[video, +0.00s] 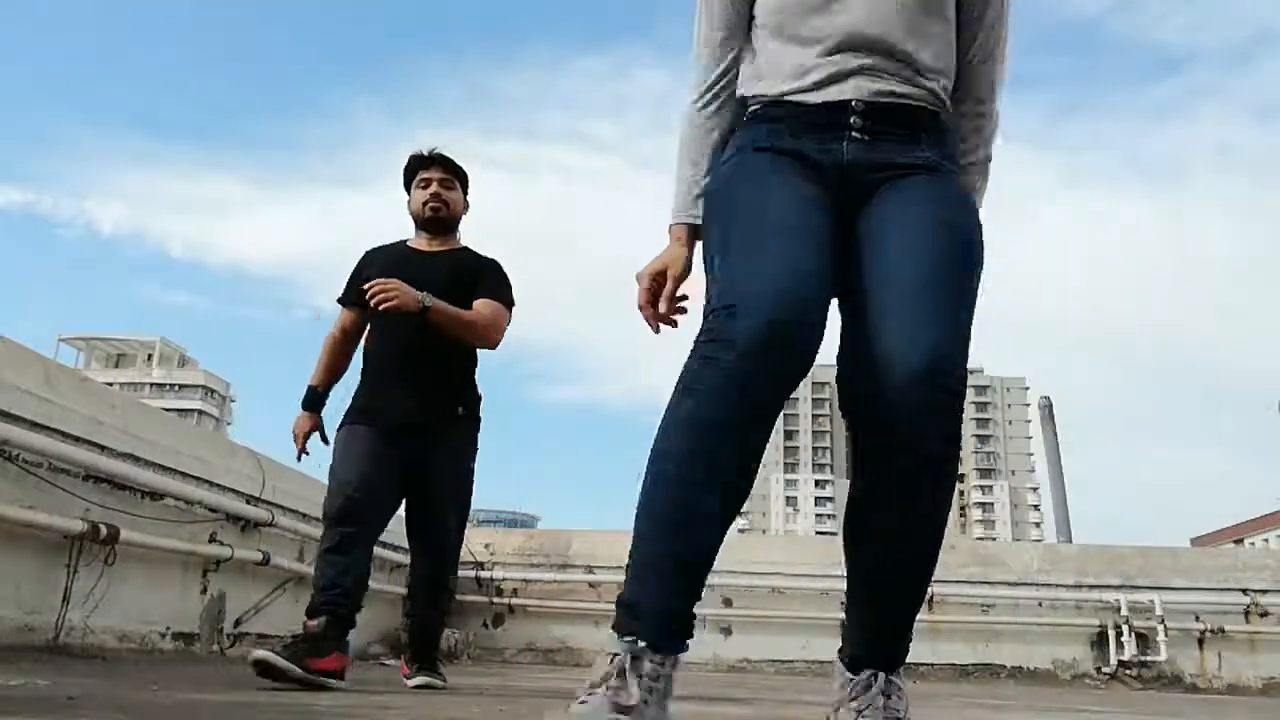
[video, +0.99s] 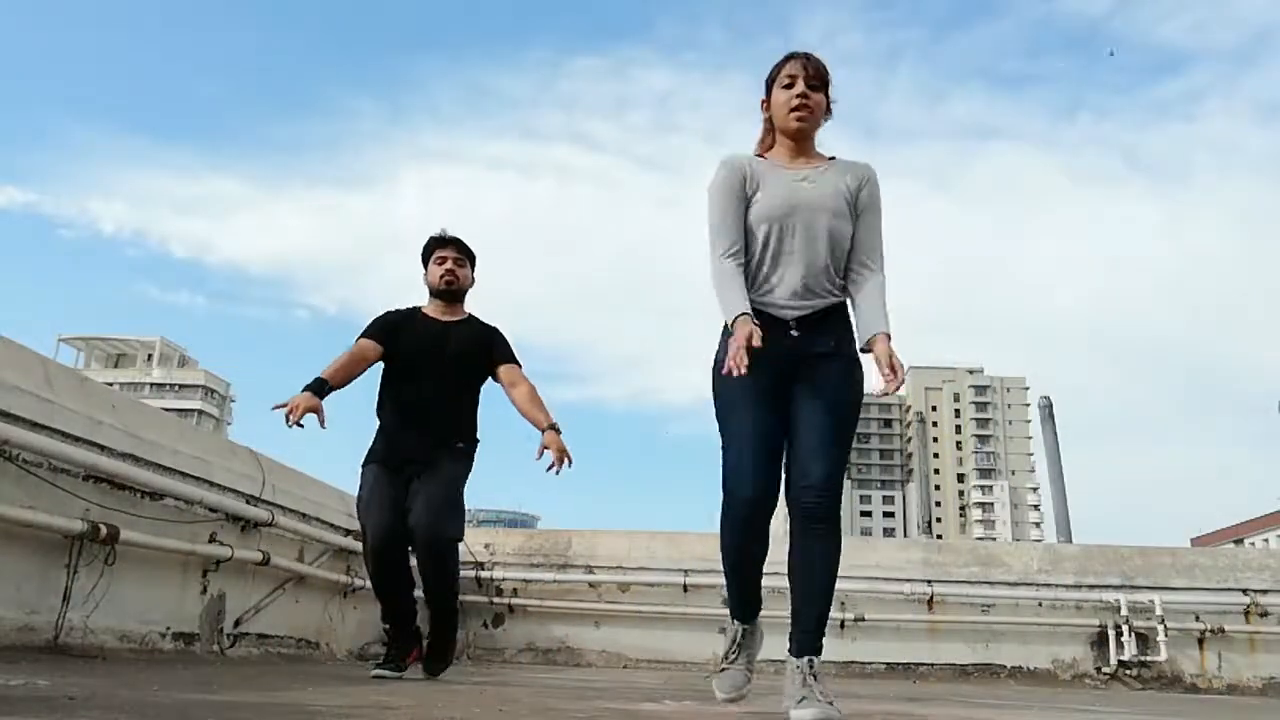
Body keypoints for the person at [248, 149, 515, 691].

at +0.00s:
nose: (434, 191)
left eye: (447, 185)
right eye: (424, 184)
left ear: (464, 202)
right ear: (409, 201)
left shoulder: (485, 271)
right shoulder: (378, 261)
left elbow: (488, 332)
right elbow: (344, 336)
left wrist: (421, 302)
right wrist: (312, 403)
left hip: (447, 425)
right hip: (374, 416)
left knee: (437, 544)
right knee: (346, 515)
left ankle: (423, 657)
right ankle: (324, 642)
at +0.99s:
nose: (449, 267)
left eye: (459, 263)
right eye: (440, 261)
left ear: (472, 277)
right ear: (425, 274)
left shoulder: (486, 337)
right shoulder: (395, 323)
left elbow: (517, 384)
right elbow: (358, 357)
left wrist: (548, 427)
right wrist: (316, 388)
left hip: (447, 454)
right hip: (390, 450)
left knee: (431, 534)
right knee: (379, 542)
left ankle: (443, 627)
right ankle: (402, 638)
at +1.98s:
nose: (444, 292)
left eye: (452, 287)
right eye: (435, 287)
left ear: (466, 301)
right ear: (421, 301)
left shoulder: (483, 351)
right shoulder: (401, 354)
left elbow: (515, 379)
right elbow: (350, 381)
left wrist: (551, 401)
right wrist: (297, 401)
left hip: (468, 462)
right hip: (415, 460)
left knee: (441, 530)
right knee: (400, 533)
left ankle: (444, 640)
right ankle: (408, 638)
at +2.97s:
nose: (476, 285)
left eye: (485, 282)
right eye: (469, 279)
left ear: (496, 295)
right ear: (455, 290)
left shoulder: (508, 338)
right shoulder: (437, 348)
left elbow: (520, 390)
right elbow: (404, 396)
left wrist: (489, 384)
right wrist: (365, 398)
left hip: (478, 456)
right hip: (432, 454)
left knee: (456, 539)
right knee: (415, 540)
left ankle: (467, 637)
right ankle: (428, 642)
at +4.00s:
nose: (523, 298)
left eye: (534, 295)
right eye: (516, 293)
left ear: (546, 311)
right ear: (505, 305)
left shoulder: (538, 346)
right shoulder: (503, 355)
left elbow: (510, 391)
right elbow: (476, 418)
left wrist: (468, 428)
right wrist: (440, 460)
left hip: (499, 465)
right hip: (474, 463)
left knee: (462, 548)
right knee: (426, 534)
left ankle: (478, 650)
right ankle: (472, 629)